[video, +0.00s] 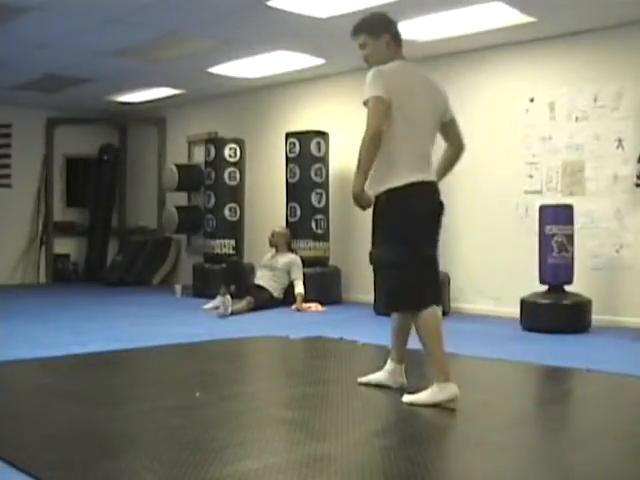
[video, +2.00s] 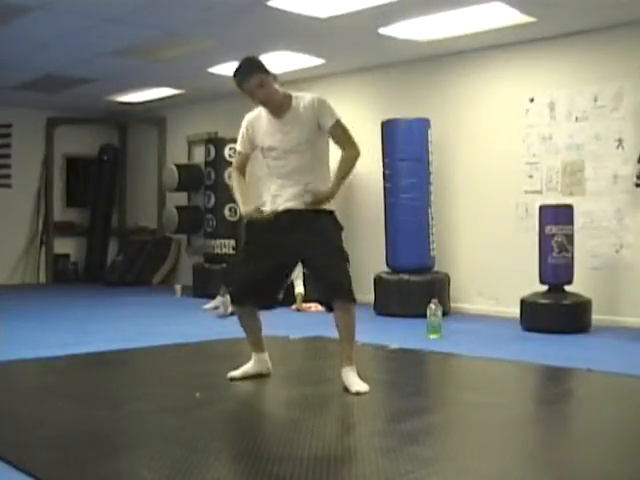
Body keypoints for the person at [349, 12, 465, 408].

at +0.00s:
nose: (362, 55)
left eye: (365, 47)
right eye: (360, 48)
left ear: (389, 41)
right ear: (394, 46)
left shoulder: (381, 76)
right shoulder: (429, 83)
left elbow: (375, 129)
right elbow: (456, 145)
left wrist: (358, 183)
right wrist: (431, 180)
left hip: (397, 197)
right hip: (425, 196)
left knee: (419, 291)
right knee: (402, 288)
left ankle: (443, 382)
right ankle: (395, 368)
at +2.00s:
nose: (259, 97)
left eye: (260, 87)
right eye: (251, 93)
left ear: (273, 78)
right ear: (247, 95)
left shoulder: (313, 106)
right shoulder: (252, 123)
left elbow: (351, 150)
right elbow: (236, 171)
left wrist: (331, 191)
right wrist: (245, 206)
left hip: (314, 219)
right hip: (268, 223)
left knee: (341, 289)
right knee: (240, 288)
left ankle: (349, 368)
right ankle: (259, 358)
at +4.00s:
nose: (250, 155)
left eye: (254, 148)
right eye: (246, 149)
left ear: (272, 137)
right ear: (246, 143)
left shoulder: (309, 156)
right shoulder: (259, 158)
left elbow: (343, 205)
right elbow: (245, 195)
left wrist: (357, 254)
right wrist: (217, 234)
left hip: (327, 234)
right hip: (290, 234)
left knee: (331, 298)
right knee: (237, 276)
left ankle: (355, 366)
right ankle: (252, 348)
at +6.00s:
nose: (394, 79)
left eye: (400, 71)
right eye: (388, 72)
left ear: (420, 66)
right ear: (384, 73)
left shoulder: (452, 111)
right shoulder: (384, 113)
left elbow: (490, 151)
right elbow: (366, 158)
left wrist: (520, 191)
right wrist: (347, 175)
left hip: (437, 219)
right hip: (391, 221)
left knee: (452, 297)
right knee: (372, 291)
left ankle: (468, 383)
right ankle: (403, 333)